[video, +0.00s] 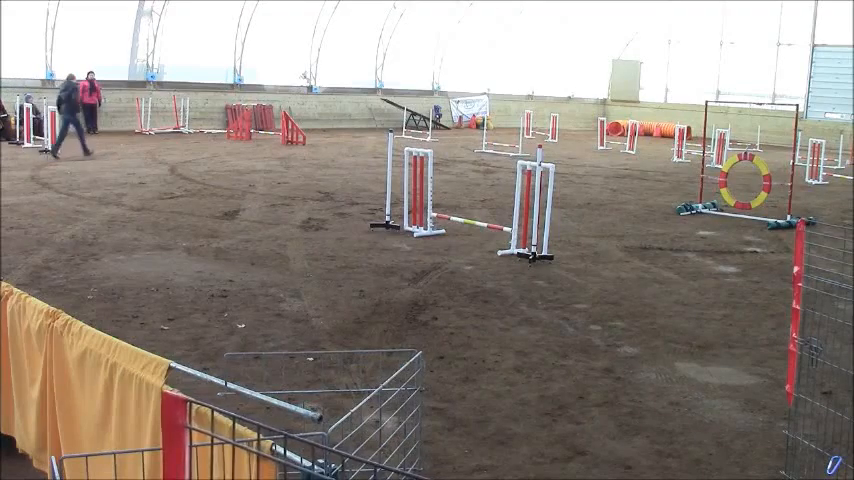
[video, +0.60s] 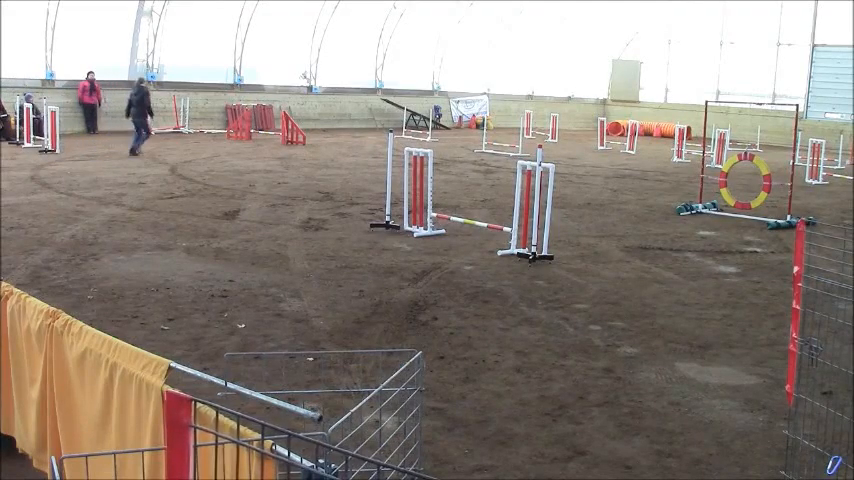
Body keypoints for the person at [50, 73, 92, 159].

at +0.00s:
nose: (75, 81)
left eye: (74, 79)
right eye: (74, 79)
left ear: (67, 79)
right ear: (73, 79)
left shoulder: (63, 86)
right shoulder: (74, 87)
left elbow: (59, 98)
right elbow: (74, 99)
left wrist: (59, 109)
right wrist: (77, 108)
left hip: (64, 112)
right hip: (71, 112)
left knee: (63, 132)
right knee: (80, 130)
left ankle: (55, 149)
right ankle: (85, 150)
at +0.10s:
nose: (87, 82)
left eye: (87, 81)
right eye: (87, 81)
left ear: (80, 80)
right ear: (85, 81)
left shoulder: (77, 87)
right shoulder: (85, 88)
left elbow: (72, 98)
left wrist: (69, 110)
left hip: (79, 114)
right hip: (85, 114)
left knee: (78, 133)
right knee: (91, 133)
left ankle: (65, 146)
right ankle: (93, 152)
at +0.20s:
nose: (99, 86)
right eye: (98, 85)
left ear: (90, 85)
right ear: (98, 85)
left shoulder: (86, 93)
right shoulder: (99, 93)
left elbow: (82, 105)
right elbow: (105, 104)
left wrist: (78, 113)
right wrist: (111, 113)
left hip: (88, 117)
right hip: (96, 117)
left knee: (92, 134)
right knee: (99, 135)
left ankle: (84, 146)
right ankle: (95, 152)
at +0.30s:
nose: (111, 83)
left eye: (109, 81)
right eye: (110, 81)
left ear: (103, 81)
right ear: (110, 82)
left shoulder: (99, 90)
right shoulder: (112, 90)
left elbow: (94, 102)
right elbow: (117, 101)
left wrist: (89, 113)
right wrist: (123, 109)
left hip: (100, 114)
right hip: (108, 114)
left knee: (111, 131)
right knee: (104, 133)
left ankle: (109, 149)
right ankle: (96, 151)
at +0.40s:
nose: (121, 82)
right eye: (121, 81)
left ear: (114, 81)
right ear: (121, 81)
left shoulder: (111, 90)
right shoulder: (124, 90)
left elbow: (106, 100)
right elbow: (129, 99)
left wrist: (102, 110)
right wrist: (131, 106)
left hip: (113, 112)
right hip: (121, 112)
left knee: (121, 131)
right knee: (114, 132)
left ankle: (127, 148)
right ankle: (101, 146)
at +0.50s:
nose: (133, 84)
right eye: (132, 82)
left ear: (125, 82)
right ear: (132, 83)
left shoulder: (122, 90)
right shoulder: (134, 91)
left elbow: (118, 102)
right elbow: (139, 102)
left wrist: (114, 113)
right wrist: (142, 111)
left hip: (123, 114)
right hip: (131, 114)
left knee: (131, 133)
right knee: (131, 133)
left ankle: (132, 150)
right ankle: (116, 142)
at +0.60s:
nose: (143, 84)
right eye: (143, 83)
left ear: (137, 82)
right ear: (143, 83)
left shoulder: (134, 90)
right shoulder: (145, 91)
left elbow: (130, 102)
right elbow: (147, 104)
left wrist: (127, 112)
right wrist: (151, 113)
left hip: (134, 115)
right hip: (142, 116)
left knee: (138, 132)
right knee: (147, 132)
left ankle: (134, 147)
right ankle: (136, 146)